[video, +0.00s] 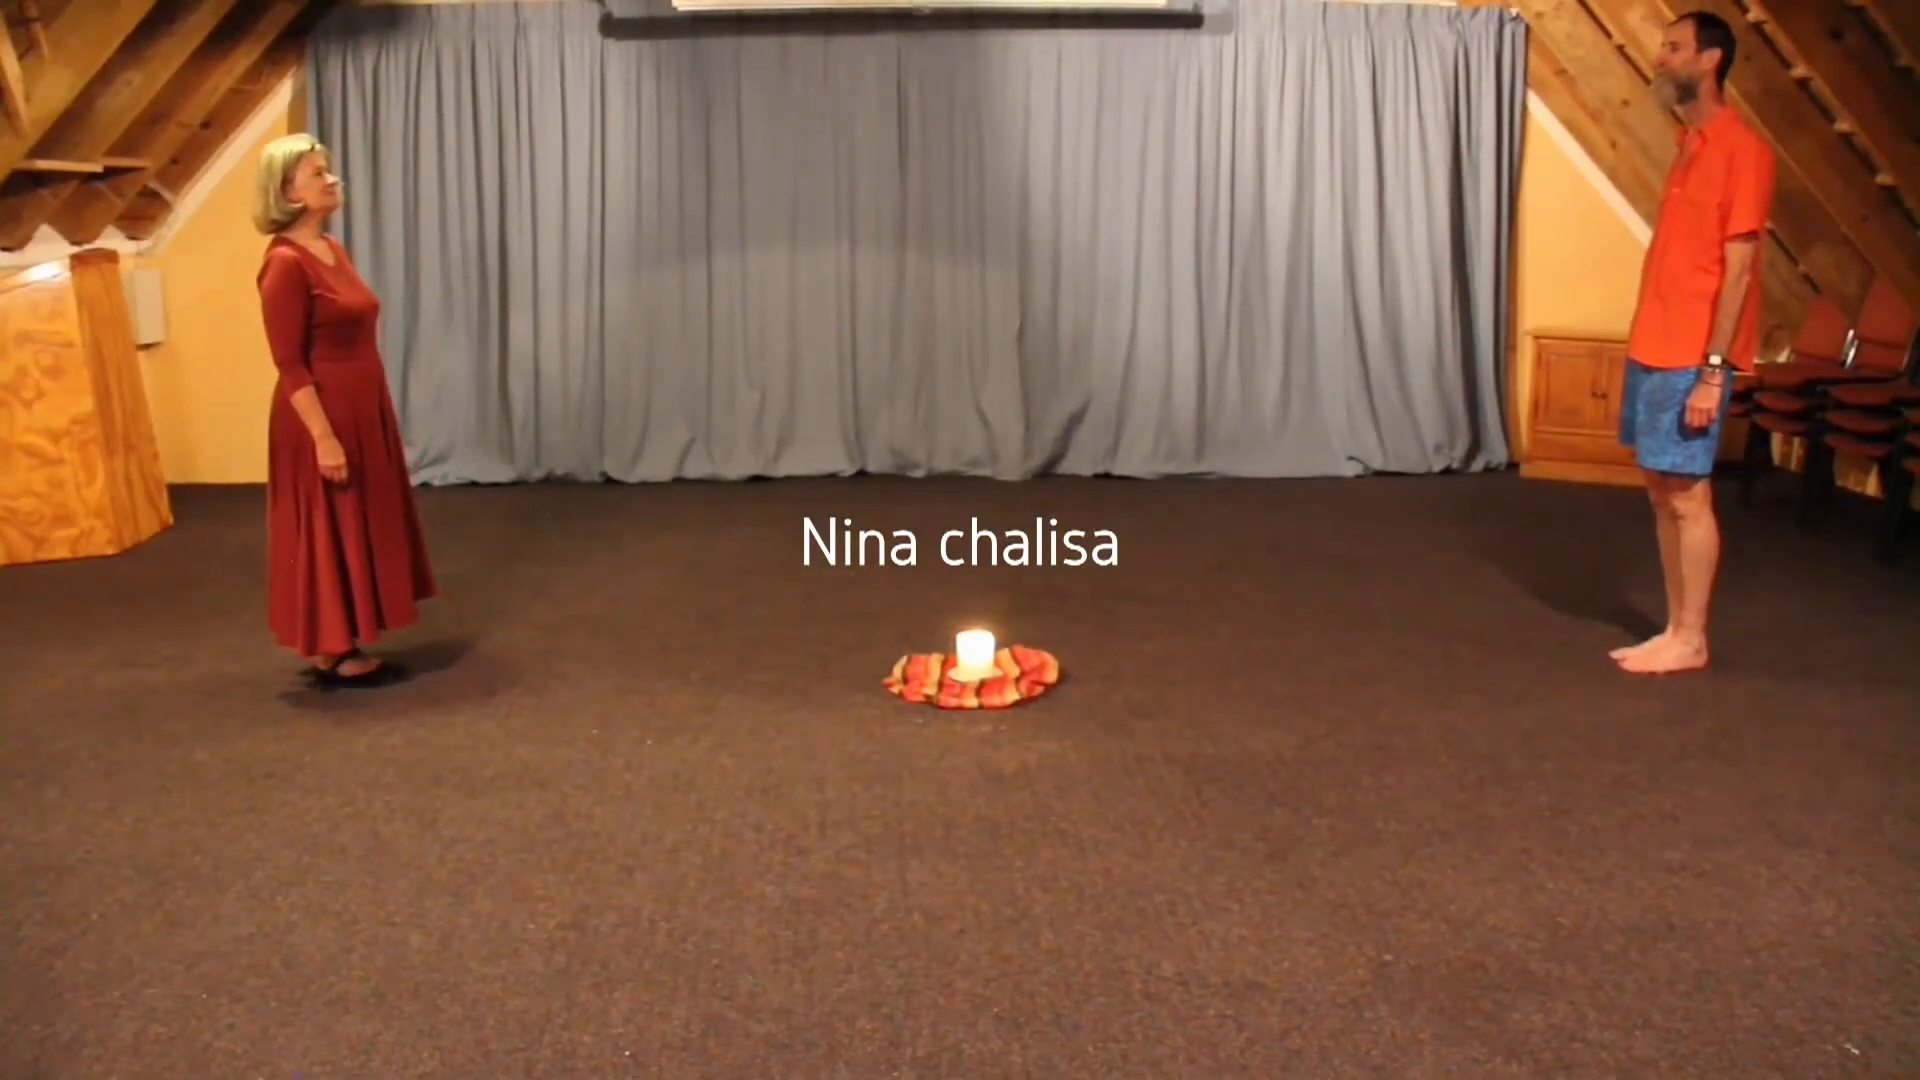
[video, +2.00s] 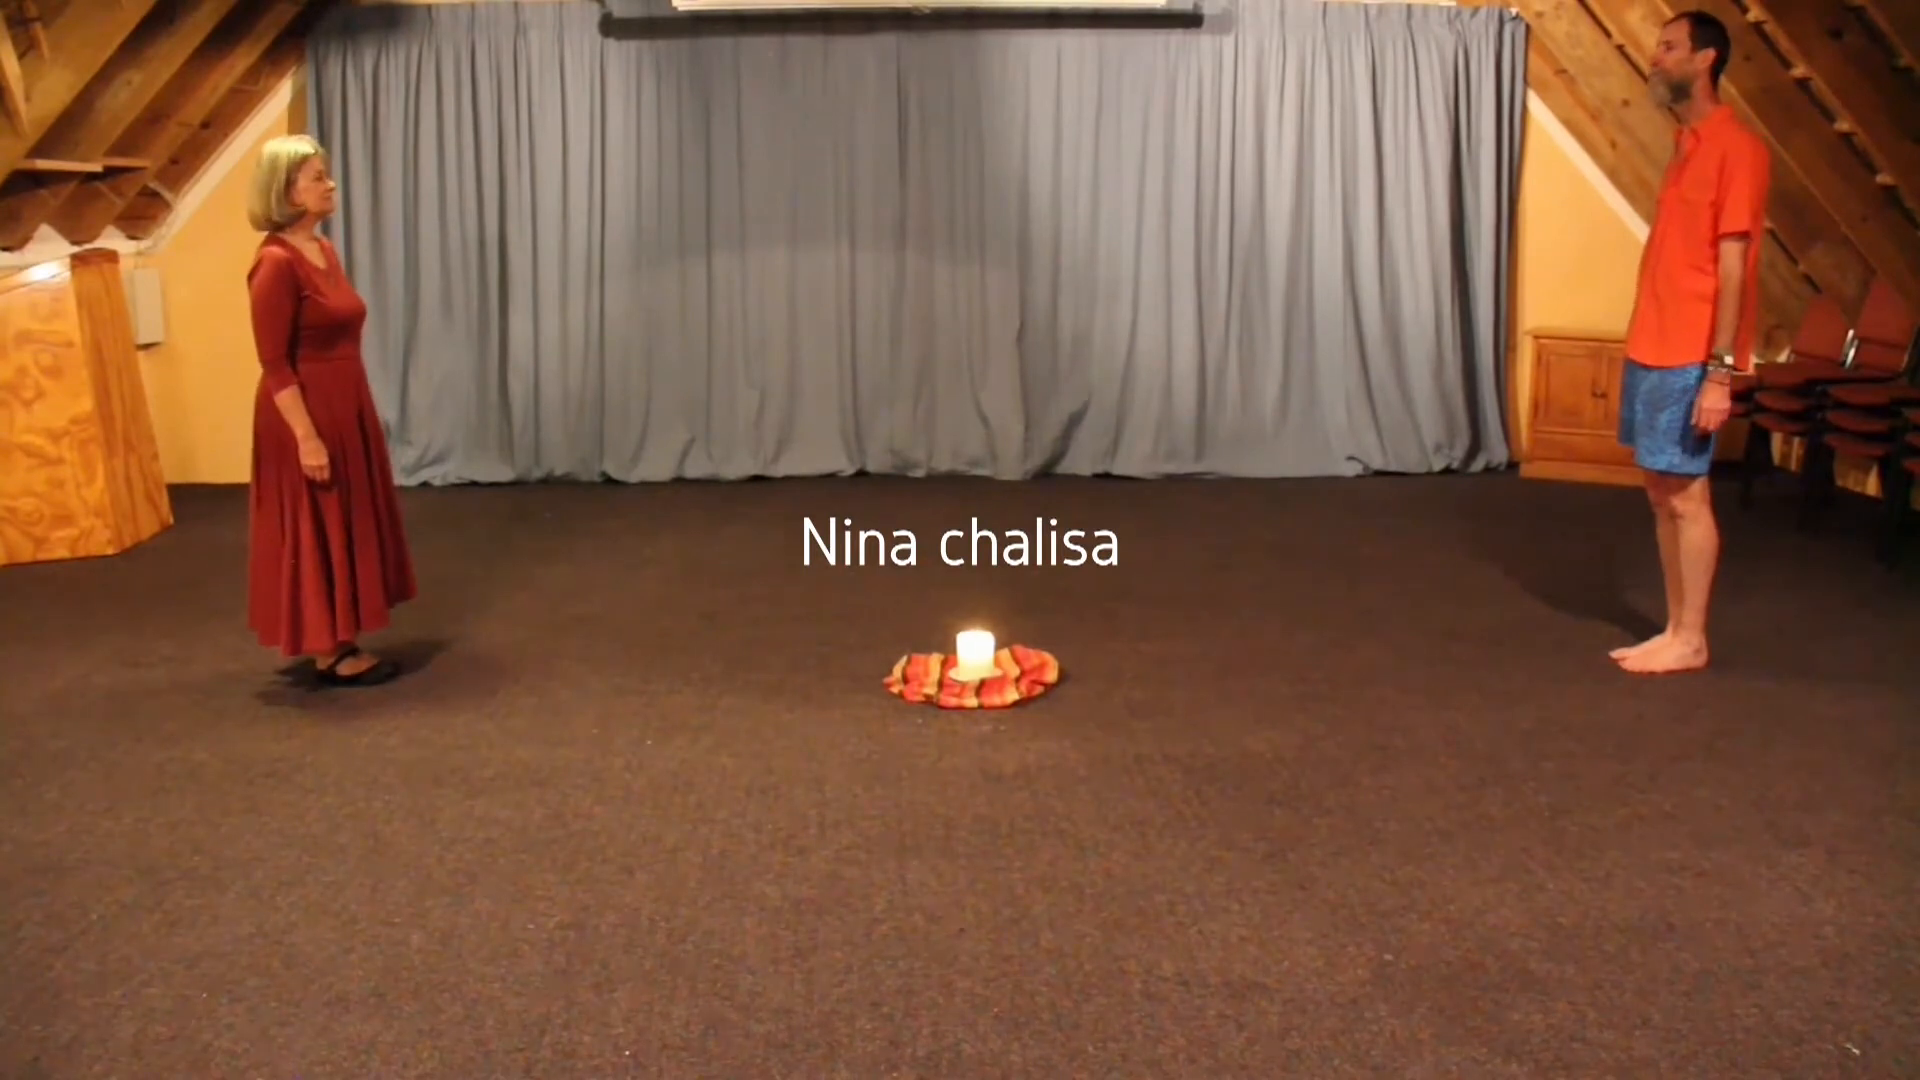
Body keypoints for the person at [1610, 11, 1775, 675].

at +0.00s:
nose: (1660, 58)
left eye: (1674, 47)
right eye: (1662, 46)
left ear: (1711, 59)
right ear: (1693, 61)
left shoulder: (1743, 147)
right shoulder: (1694, 144)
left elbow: (1740, 268)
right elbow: (1684, 258)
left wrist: (1715, 367)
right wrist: (1651, 348)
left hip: (1693, 360)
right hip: (1656, 354)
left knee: (1688, 499)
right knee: (1663, 496)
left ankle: (1692, 639)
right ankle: (1677, 630)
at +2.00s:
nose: (1655, 58)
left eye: (1668, 47)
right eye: (1657, 46)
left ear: (1706, 59)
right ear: (1690, 60)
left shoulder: (1737, 145)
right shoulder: (1691, 142)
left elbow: (1733, 266)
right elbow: (1686, 258)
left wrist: (1720, 370)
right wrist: (1652, 347)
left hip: (1691, 359)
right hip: (1655, 353)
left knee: (1687, 498)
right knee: (1662, 495)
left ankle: (1691, 639)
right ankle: (1677, 631)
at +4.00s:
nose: (1654, 61)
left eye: (1665, 49)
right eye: (1655, 49)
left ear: (1704, 58)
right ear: (1694, 59)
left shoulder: (1737, 142)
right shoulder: (1696, 141)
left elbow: (1735, 257)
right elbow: (1697, 254)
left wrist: (1728, 364)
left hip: (1694, 355)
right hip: (1659, 349)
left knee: (1686, 496)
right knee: (1663, 492)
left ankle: (1691, 639)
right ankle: (1677, 630)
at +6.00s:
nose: (1656, 61)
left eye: (1670, 49)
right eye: (1657, 49)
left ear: (1708, 59)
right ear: (1690, 61)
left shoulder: (1741, 144)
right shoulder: (1692, 142)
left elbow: (1740, 260)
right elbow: (1687, 255)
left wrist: (1736, 369)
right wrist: (1654, 346)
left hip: (1696, 356)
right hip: (1657, 350)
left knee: (1687, 497)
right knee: (1660, 491)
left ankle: (1692, 639)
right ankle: (1677, 630)